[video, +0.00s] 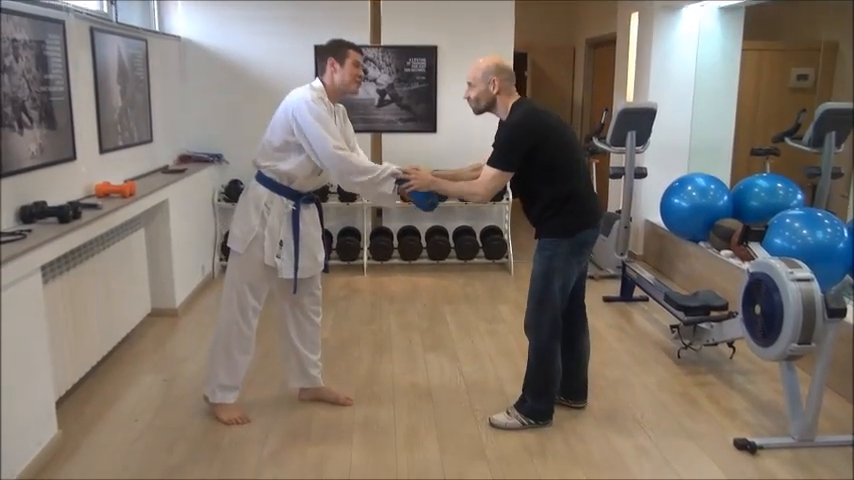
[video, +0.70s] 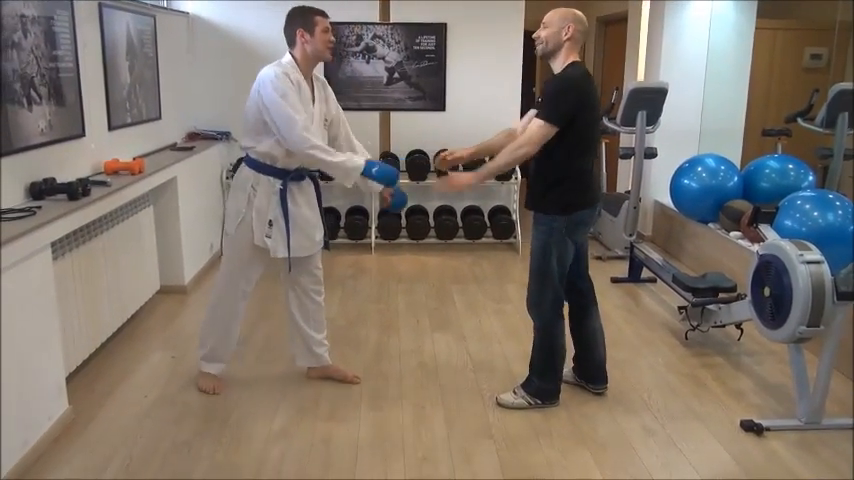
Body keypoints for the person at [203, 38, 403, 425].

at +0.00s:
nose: (361, 76)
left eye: (363, 69)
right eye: (356, 66)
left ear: (336, 70)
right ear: (332, 67)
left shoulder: (338, 112)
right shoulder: (305, 102)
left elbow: (356, 169)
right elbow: (339, 163)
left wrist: (398, 192)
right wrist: (396, 174)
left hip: (304, 211)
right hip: (267, 206)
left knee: (306, 298)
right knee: (244, 302)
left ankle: (309, 383)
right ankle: (221, 394)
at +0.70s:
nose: (333, 40)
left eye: (332, 33)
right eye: (326, 32)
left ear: (311, 39)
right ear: (301, 37)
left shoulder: (321, 87)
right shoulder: (273, 79)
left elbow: (346, 143)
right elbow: (299, 143)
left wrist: (380, 186)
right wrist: (362, 170)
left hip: (300, 189)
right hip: (258, 187)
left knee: (308, 276)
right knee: (237, 278)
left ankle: (317, 360)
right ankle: (210, 366)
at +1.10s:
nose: (299, 50)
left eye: (298, 43)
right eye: (293, 43)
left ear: (275, 49)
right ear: (268, 48)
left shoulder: (288, 91)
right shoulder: (229, 89)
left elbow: (276, 150)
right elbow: (193, 154)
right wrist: (181, 214)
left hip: (275, 198)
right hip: (232, 199)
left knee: (301, 281)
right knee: (221, 290)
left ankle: (316, 366)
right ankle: (212, 373)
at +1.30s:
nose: (304, 55)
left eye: (304, 48)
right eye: (298, 48)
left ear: (280, 51)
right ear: (273, 50)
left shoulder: (296, 95)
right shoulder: (233, 92)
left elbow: (307, 152)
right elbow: (196, 152)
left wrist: (325, 196)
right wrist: (194, 207)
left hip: (281, 201)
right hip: (236, 201)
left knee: (297, 286)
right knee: (221, 291)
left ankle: (307, 369)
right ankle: (213, 376)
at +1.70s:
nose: (303, 62)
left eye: (303, 55)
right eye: (296, 54)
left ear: (286, 57)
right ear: (271, 54)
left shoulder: (304, 101)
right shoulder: (233, 94)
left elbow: (313, 156)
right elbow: (226, 160)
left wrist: (324, 178)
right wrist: (280, 180)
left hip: (286, 206)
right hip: (237, 205)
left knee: (302, 293)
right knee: (209, 290)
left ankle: (312, 375)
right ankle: (181, 375)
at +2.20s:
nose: (267, 69)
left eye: (268, 62)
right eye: (261, 61)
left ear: (261, 66)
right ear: (234, 62)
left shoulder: (268, 105)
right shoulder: (202, 101)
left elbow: (286, 163)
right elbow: (203, 162)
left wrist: (316, 161)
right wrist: (257, 130)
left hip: (269, 212)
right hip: (221, 214)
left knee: (305, 296)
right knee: (200, 304)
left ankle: (331, 377)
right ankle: (184, 384)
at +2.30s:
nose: (272, 75)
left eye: (274, 68)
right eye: (266, 68)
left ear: (269, 71)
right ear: (240, 67)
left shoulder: (279, 109)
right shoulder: (210, 108)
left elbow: (310, 160)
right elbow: (216, 163)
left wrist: (341, 138)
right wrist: (261, 124)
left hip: (279, 215)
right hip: (230, 216)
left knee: (309, 300)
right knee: (206, 303)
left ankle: (332, 380)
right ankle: (184, 384)